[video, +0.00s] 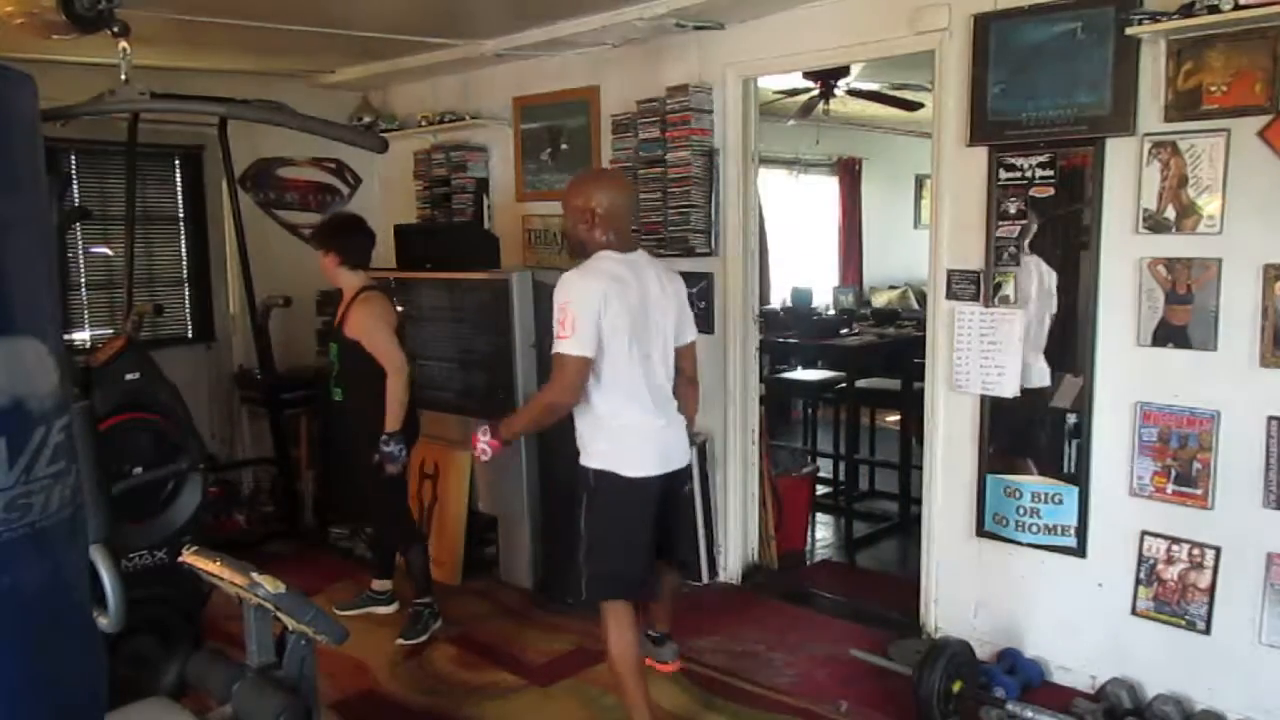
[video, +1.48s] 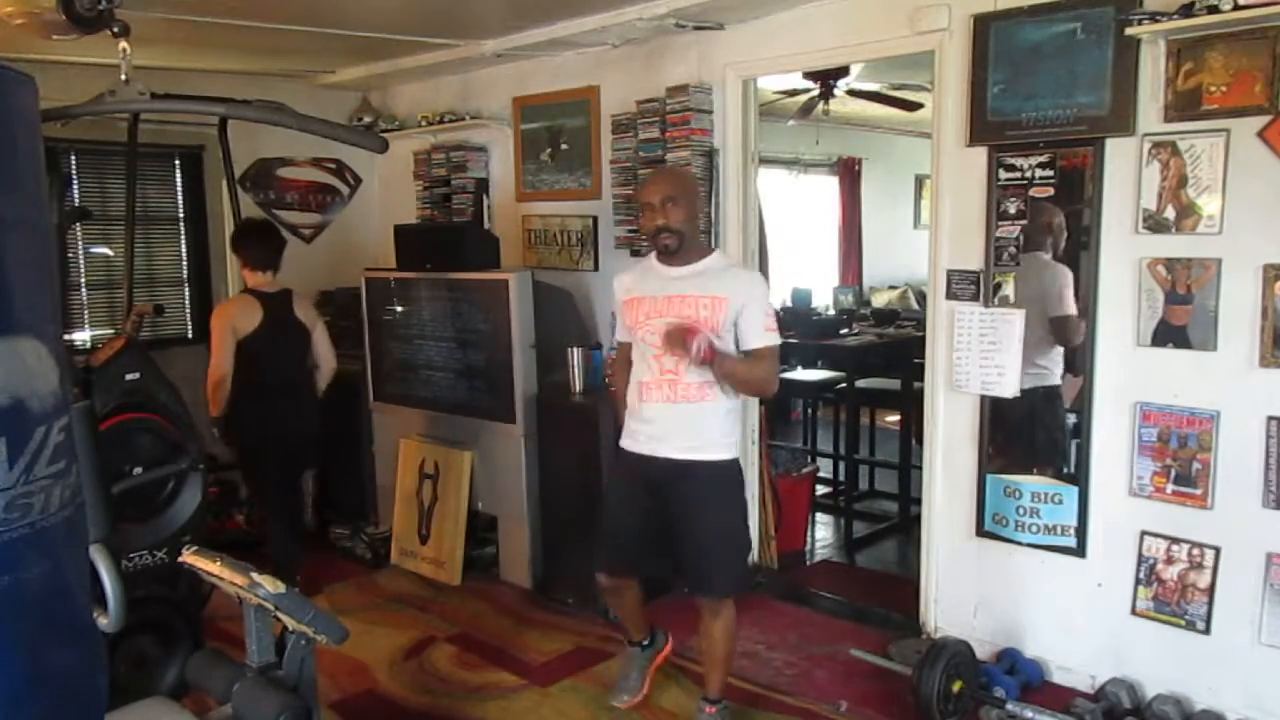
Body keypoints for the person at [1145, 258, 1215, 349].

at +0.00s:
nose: (1180, 272)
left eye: (1183, 269)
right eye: (1177, 269)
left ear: (1188, 271)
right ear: (1172, 272)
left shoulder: (1191, 286)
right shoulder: (1168, 286)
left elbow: (1213, 270)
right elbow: (1151, 265)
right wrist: (1167, 260)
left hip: (1182, 328)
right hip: (1165, 327)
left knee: (1188, 357)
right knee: (1155, 356)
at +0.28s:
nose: (1180, 273)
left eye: (1184, 270)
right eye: (1177, 270)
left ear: (1188, 272)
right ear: (1173, 272)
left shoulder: (1191, 287)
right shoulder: (1168, 286)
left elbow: (1213, 269)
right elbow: (1151, 266)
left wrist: (1197, 262)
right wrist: (1166, 261)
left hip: (1182, 329)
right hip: (1165, 327)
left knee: (1189, 357)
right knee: (1155, 355)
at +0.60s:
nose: (1180, 273)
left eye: (1184, 269)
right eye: (1177, 269)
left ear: (1188, 272)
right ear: (1172, 272)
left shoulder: (1191, 287)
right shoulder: (1168, 286)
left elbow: (1213, 269)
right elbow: (1151, 266)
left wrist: (1196, 263)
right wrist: (1166, 261)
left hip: (1182, 329)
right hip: (1165, 327)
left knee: (1189, 357)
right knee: (1155, 355)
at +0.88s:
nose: (1180, 273)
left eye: (1183, 269)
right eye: (1176, 269)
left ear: (1188, 272)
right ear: (1172, 272)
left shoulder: (1192, 288)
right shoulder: (1168, 286)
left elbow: (1213, 268)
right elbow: (1151, 266)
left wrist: (1198, 262)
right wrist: (1166, 262)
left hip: (1181, 329)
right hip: (1164, 328)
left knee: (1189, 358)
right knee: (1154, 357)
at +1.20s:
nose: (1180, 273)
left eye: (1183, 269)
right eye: (1177, 269)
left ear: (1189, 271)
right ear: (1172, 272)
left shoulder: (1192, 287)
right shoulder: (1168, 286)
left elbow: (1212, 268)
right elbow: (1151, 266)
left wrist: (1198, 261)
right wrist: (1166, 261)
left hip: (1182, 329)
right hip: (1165, 328)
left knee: (1189, 358)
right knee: (1154, 356)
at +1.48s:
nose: (1181, 273)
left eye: (1184, 269)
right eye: (1177, 269)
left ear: (1189, 271)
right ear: (1172, 272)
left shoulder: (1192, 287)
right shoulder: (1168, 286)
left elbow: (1212, 268)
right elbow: (1151, 266)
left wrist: (1198, 262)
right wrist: (1166, 261)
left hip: (1182, 329)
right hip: (1165, 328)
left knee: (1189, 358)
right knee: (1154, 357)